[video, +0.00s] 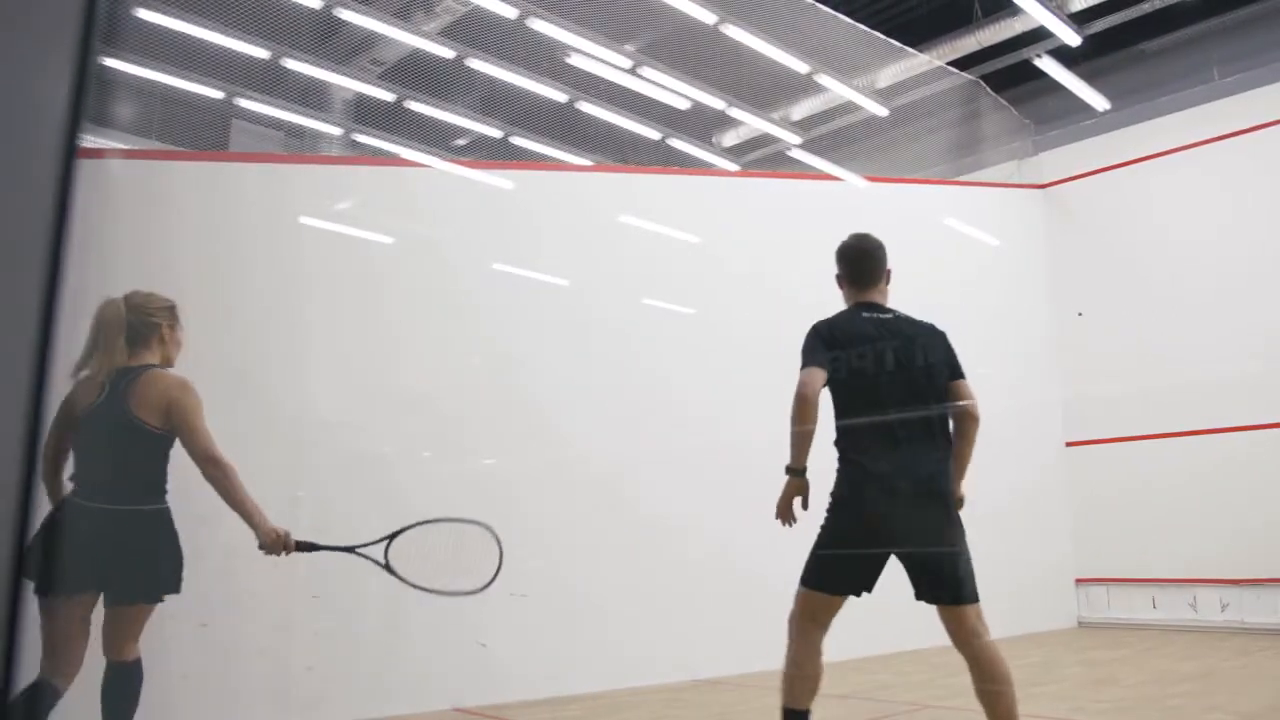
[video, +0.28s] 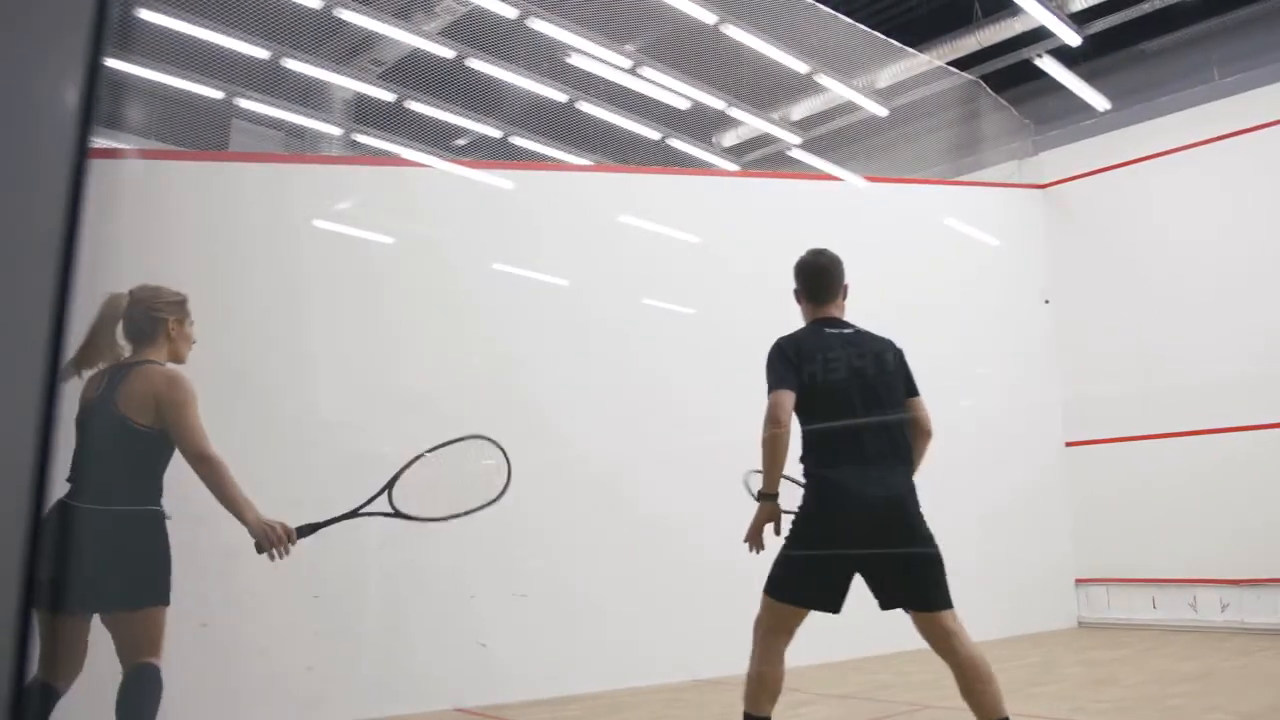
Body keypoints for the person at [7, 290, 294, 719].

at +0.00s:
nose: (181, 341)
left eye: (180, 332)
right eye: (178, 331)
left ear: (127, 334)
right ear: (163, 332)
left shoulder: (85, 390)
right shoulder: (172, 390)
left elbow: (52, 460)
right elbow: (212, 464)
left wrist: (61, 505)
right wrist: (263, 527)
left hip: (74, 536)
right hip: (140, 540)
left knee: (57, 669)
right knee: (123, 649)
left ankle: (25, 710)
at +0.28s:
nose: (194, 336)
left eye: (193, 326)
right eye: (190, 325)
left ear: (138, 329)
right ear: (170, 328)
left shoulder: (97, 381)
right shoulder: (168, 382)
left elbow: (86, 466)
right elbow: (202, 458)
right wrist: (256, 522)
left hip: (67, 535)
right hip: (129, 540)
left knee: (57, 667)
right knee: (142, 665)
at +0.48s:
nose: (211, 323)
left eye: (209, 313)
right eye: (206, 313)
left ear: (151, 318)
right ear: (187, 315)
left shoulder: (113, 371)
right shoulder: (179, 369)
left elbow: (103, 463)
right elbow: (201, 446)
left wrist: (169, 494)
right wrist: (251, 511)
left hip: (80, 529)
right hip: (140, 534)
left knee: (64, 669)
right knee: (173, 679)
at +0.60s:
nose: (225, 311)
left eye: (223, 300)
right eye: (219, 300)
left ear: (173, 305)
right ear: (198, 303)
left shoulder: (129, 361)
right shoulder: (190, 355)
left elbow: (131, 457)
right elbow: (198, 435)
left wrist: (192, 493)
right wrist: (248, 502)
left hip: (104, 519)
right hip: (162, 523)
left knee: (80, 664)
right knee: (189, 683)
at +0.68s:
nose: (236, 306)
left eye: (235, 295)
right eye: (231, 295)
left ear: (181, 298)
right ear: (209, 296)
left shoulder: (142, 355)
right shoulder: (199, 348)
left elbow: (145, 457)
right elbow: (198, 427)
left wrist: (208, 492)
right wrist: (247, 499)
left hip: (121, 515)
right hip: (174, 519)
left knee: (106, 660)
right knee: (197, 681)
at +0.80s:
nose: (253, 295)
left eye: (251, 284)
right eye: (248, 284)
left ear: (199, 288)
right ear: (227, 285)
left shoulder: (164, 347)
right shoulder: (210, 337)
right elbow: (200, 420)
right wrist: (239, 494)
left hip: (147, 508)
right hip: (194, 508)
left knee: (152, 662)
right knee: (208, 677)